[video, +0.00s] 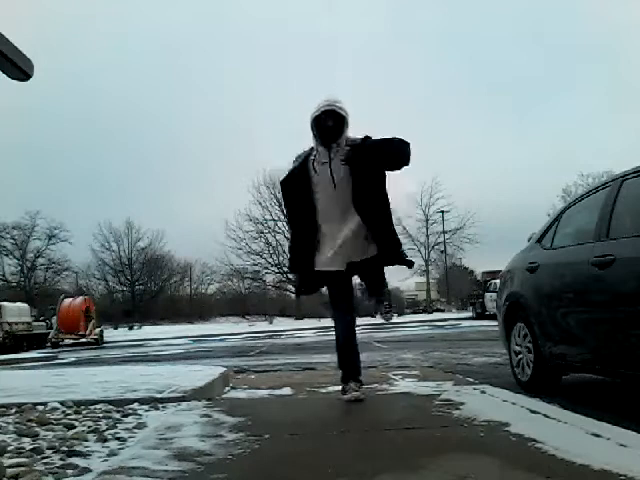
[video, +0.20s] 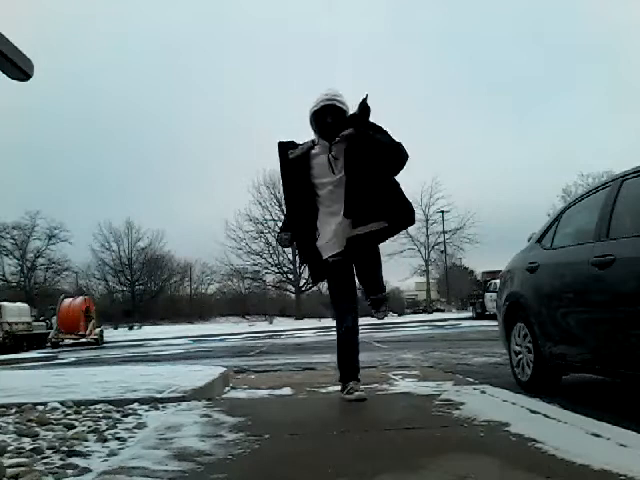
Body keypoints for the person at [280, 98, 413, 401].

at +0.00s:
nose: (328, 128)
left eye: (333, 121)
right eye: (321, 122)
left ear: (344, 125)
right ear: (313, 127)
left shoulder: (362, 152)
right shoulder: (302, 169)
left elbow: (401, 152)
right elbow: (297, 220)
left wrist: (362, 147)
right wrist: (299, 263)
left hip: (364, 245)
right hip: (328, 251)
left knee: (378, 291)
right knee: (343, 317)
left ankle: (381, 301)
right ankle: (351, 380)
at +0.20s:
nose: (329, 121)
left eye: (334, 115)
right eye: (322, 116)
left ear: (345, 118)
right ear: (312, 121)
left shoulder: (361, 142)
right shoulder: (302, 160)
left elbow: (398, 158)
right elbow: (297, 205)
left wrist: (364, 130)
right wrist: (288, 230)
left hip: (366, 230)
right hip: (330, 242)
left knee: (360, 235)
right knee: (345, 316)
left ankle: (377, 300)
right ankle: (350, 381)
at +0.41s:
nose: (335, 137)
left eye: (341, 131)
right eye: (329, 131)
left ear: (350, 133)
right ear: (321, 134)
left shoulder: (367, 165)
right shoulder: (308, 167)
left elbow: (379, 206)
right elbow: (287, 209)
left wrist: (378, 206)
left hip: (363, 251)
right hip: (328, 253)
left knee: (351, 316)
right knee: (344, 317)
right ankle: (350, 380)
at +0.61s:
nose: (339, 109)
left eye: (345, 103)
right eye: (333, 103)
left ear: (354, 106)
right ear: (323, 106)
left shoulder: (367, 138)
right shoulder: (310, 137)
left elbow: (376, 184)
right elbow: (292, 178)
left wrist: (367, 180)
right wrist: (306, 140)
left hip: (356, 229)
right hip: (321, 229)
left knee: (353, 295)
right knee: (326, 291)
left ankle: (355, 367)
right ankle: (331, 340)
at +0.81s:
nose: (338, 136)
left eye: (344, 131)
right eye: (332, 130)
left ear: (353, 134)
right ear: (324, 133)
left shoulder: (368, 165)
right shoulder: (312, 165)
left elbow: (380, 204)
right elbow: (297, 207)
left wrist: (360, 192)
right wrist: (306, 175)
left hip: (354, 251)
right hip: (318, 250)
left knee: (345, 317)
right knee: (316, 310)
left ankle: (342, 383)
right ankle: (321, 317)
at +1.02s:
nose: (340, 118)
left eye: (347, 112)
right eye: (334, 111)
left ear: (357, 115)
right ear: (325, 113)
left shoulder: (364, 147)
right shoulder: (312, 143)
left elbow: (375, 190)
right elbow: (291, 177)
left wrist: (372, 158)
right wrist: (302, 142)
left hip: (352, 235)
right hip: (317, 235)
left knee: (350, 305)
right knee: (317, 299)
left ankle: (345, 377)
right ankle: (346, 298)